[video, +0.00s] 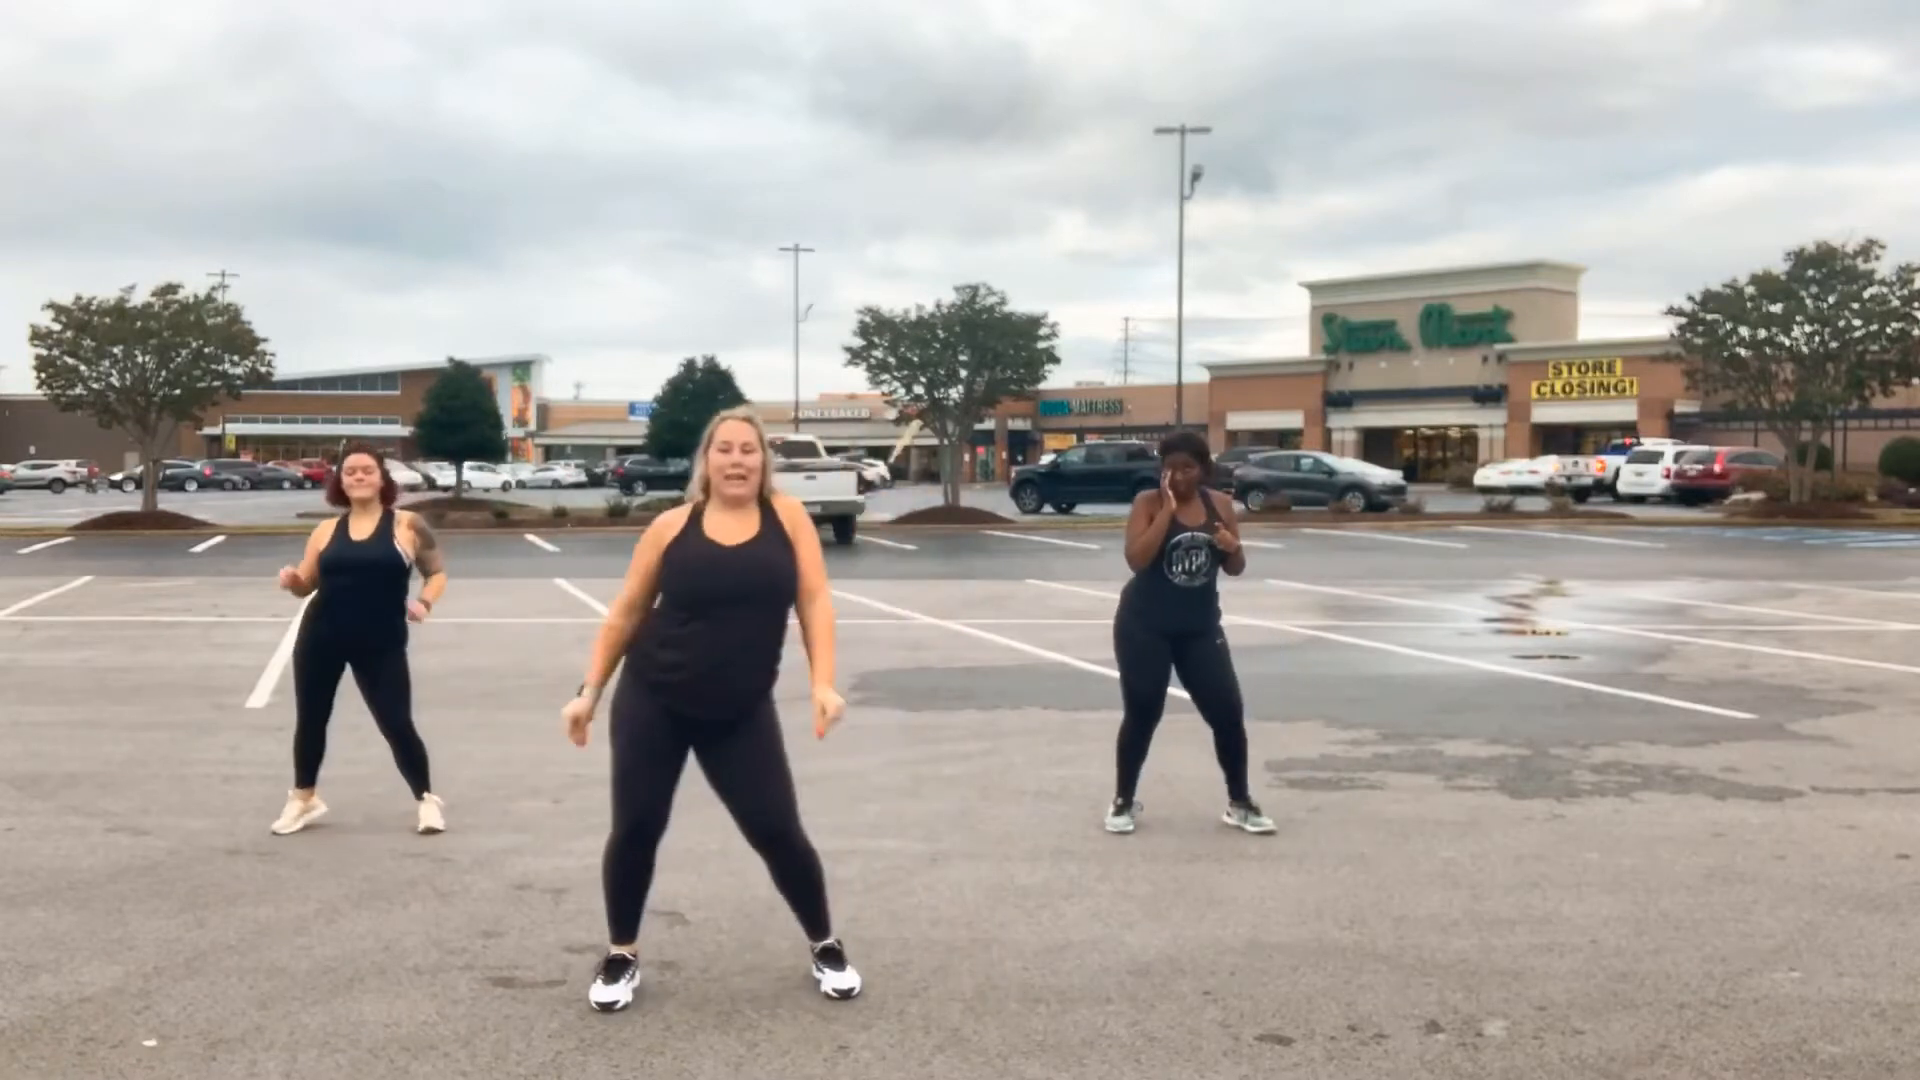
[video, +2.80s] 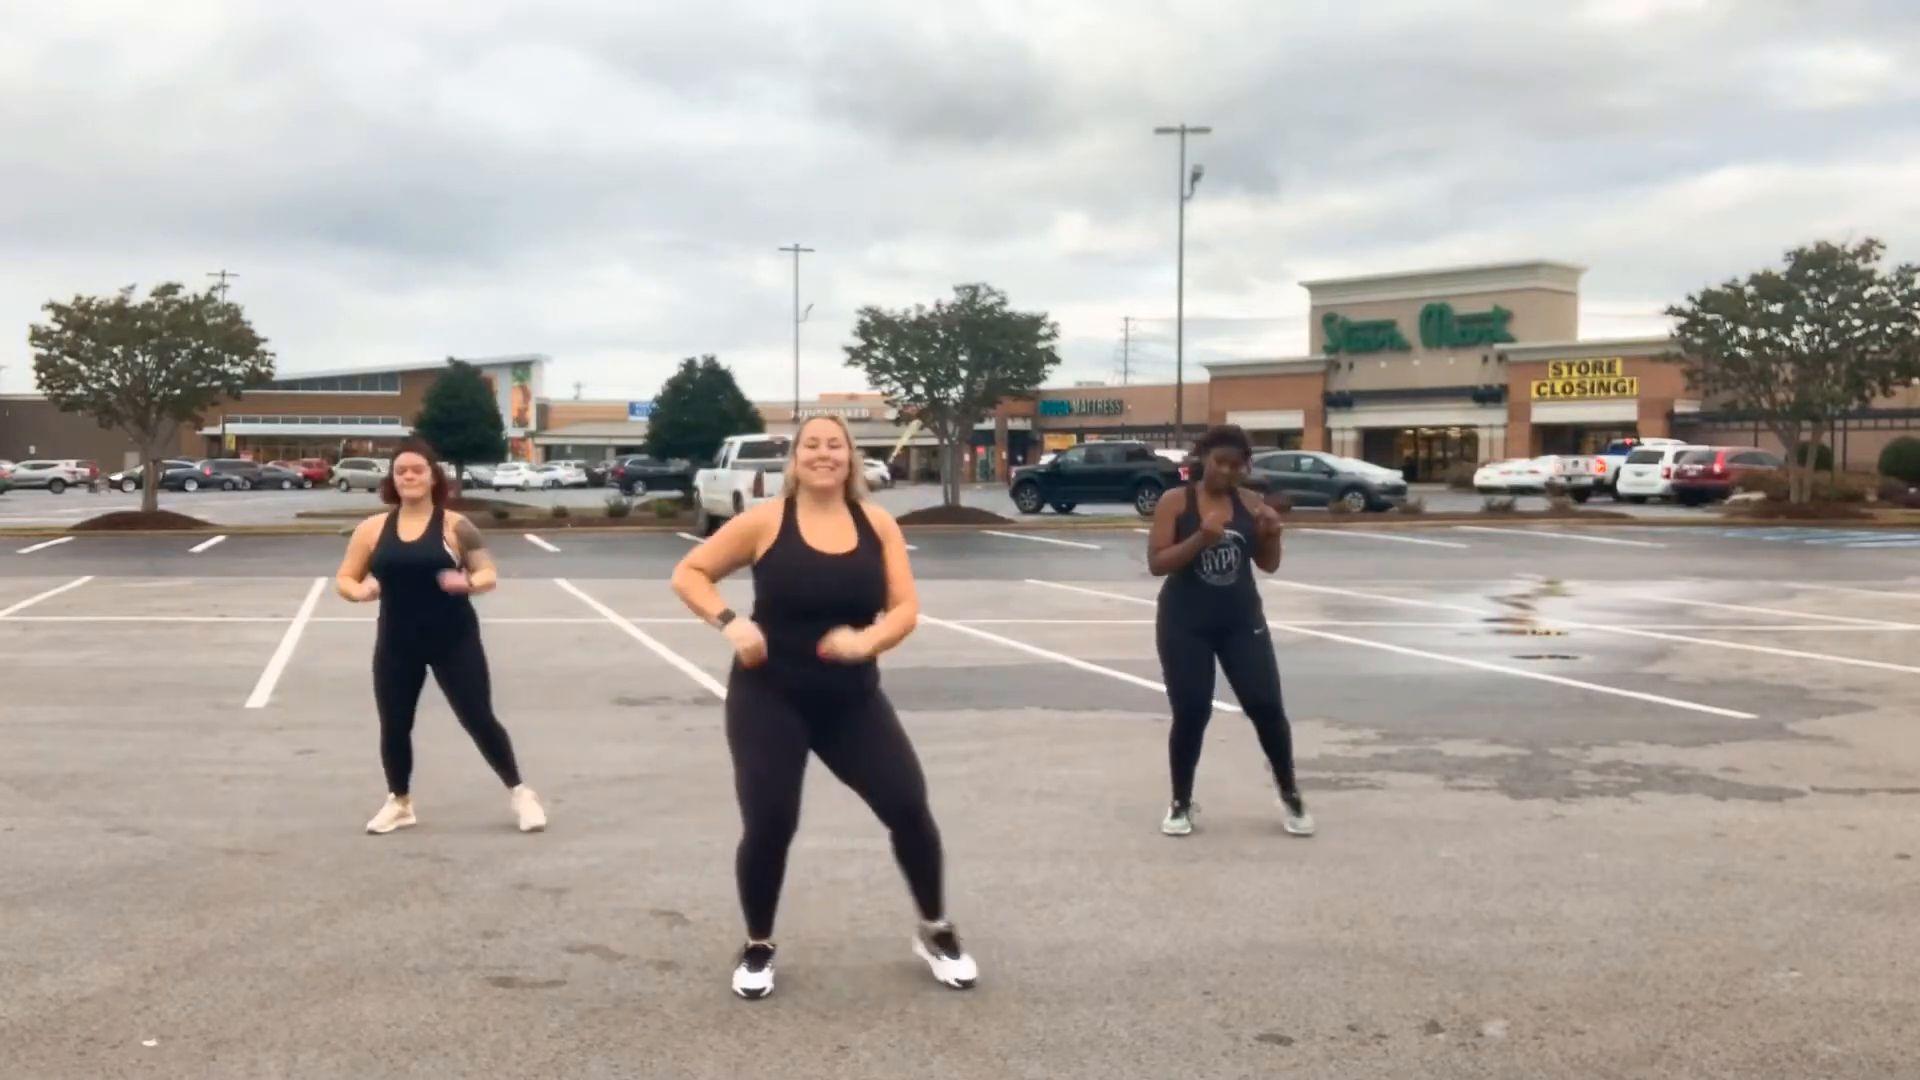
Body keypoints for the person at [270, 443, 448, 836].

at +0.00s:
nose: (359, 477)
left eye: (367, 471)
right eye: (351, 472)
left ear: (382, 479)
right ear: (341, 482)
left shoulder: (406, 525)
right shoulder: (326, 530)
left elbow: (437, 573)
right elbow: (306, 585)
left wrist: (425, 601)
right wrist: (293, 581)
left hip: (379, 642)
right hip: (322, 639)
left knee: (397, 725)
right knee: (310, 720)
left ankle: (426, 799)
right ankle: (303, 797)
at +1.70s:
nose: (378, 469)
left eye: (385, 462)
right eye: (369, 464)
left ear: (398, 470)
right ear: (356, 473)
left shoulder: (420, 513)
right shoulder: (339, 519)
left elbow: (462, 543)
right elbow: (308, 570)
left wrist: (451, 573)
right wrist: (325, 600)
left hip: (417, 633)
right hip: (364, 635)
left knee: (416, 718)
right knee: (339, 721)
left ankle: (428, 800)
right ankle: (312, 798)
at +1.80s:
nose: (385, 468)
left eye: (392, 461)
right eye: (377, 462)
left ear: (406, 469)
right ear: (364, 472)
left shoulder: (428, 515)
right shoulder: (348, 522)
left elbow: (469, 560)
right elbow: (331, 578)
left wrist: (446, 558)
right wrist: (335, 626)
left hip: (424, 633)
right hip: (369, 634)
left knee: (420, 718)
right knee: (354, 715)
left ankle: (429, 799)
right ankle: (354, 793)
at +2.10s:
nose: (401, 476)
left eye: (409, 469)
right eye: (393, 471)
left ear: (422, 477)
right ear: (381, 481)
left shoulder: (442, 522)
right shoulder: (362, 530)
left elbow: (449, 572)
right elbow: (342, 584)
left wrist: (413, 582)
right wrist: (338, 632)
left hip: (436, 638)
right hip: (382, 640)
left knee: (445, 718)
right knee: (387, 725)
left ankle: (442, 796)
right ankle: (397, 800)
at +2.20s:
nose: (406, 478)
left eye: (413, 471)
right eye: (397, 473)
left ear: (426, 479)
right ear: (385, 483)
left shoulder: (448, 524)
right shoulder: (367, 532)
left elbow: (464, 577)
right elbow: (345, 581)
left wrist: (458, 622)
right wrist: (351, 619)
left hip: (445, 635)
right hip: (392, 642)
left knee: (467, 712)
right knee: (393, 725)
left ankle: (483, 787)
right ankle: (398, 801)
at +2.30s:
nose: (411, 476)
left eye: (419, 470)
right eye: (402, 471)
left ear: (432, 478)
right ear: (391, 480)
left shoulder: (457, 522)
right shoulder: (373, 531)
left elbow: (492, 573)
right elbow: (353, 582)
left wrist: (512, 619)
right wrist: (363, 593)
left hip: (464, 635)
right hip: (410, 639)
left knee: (487, 717)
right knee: (402, 723)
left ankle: (526, 792)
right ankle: (399, 801)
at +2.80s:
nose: (410, 477)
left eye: (418, 470)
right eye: (402, 471)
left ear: (434, 477)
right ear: (393, 480)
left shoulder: (455, 526)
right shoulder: (372, 529)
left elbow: (488, 573)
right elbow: (345, 578)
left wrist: (469, 583)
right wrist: (359, 590)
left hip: (453, 640)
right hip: (397, 642)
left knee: (478, 718)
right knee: (394, 728)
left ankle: (519, 792)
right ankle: (399, 801)